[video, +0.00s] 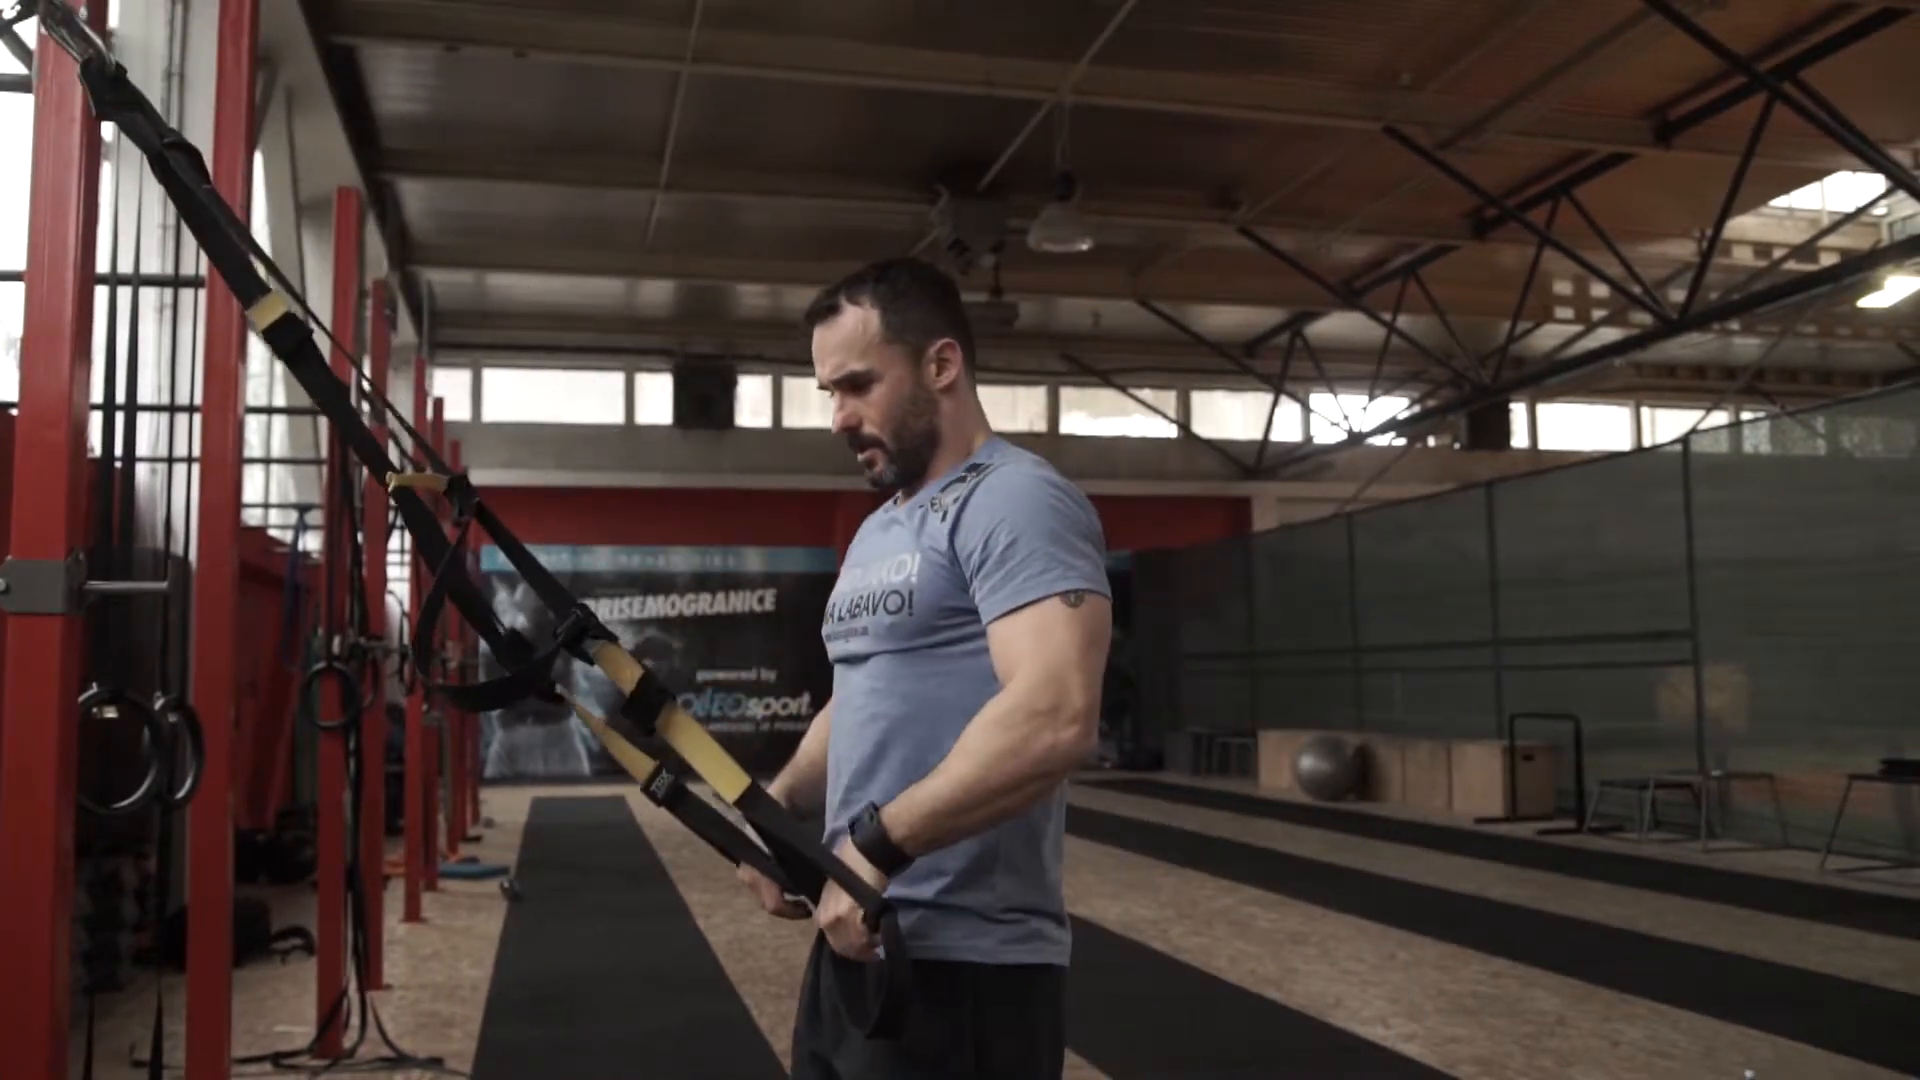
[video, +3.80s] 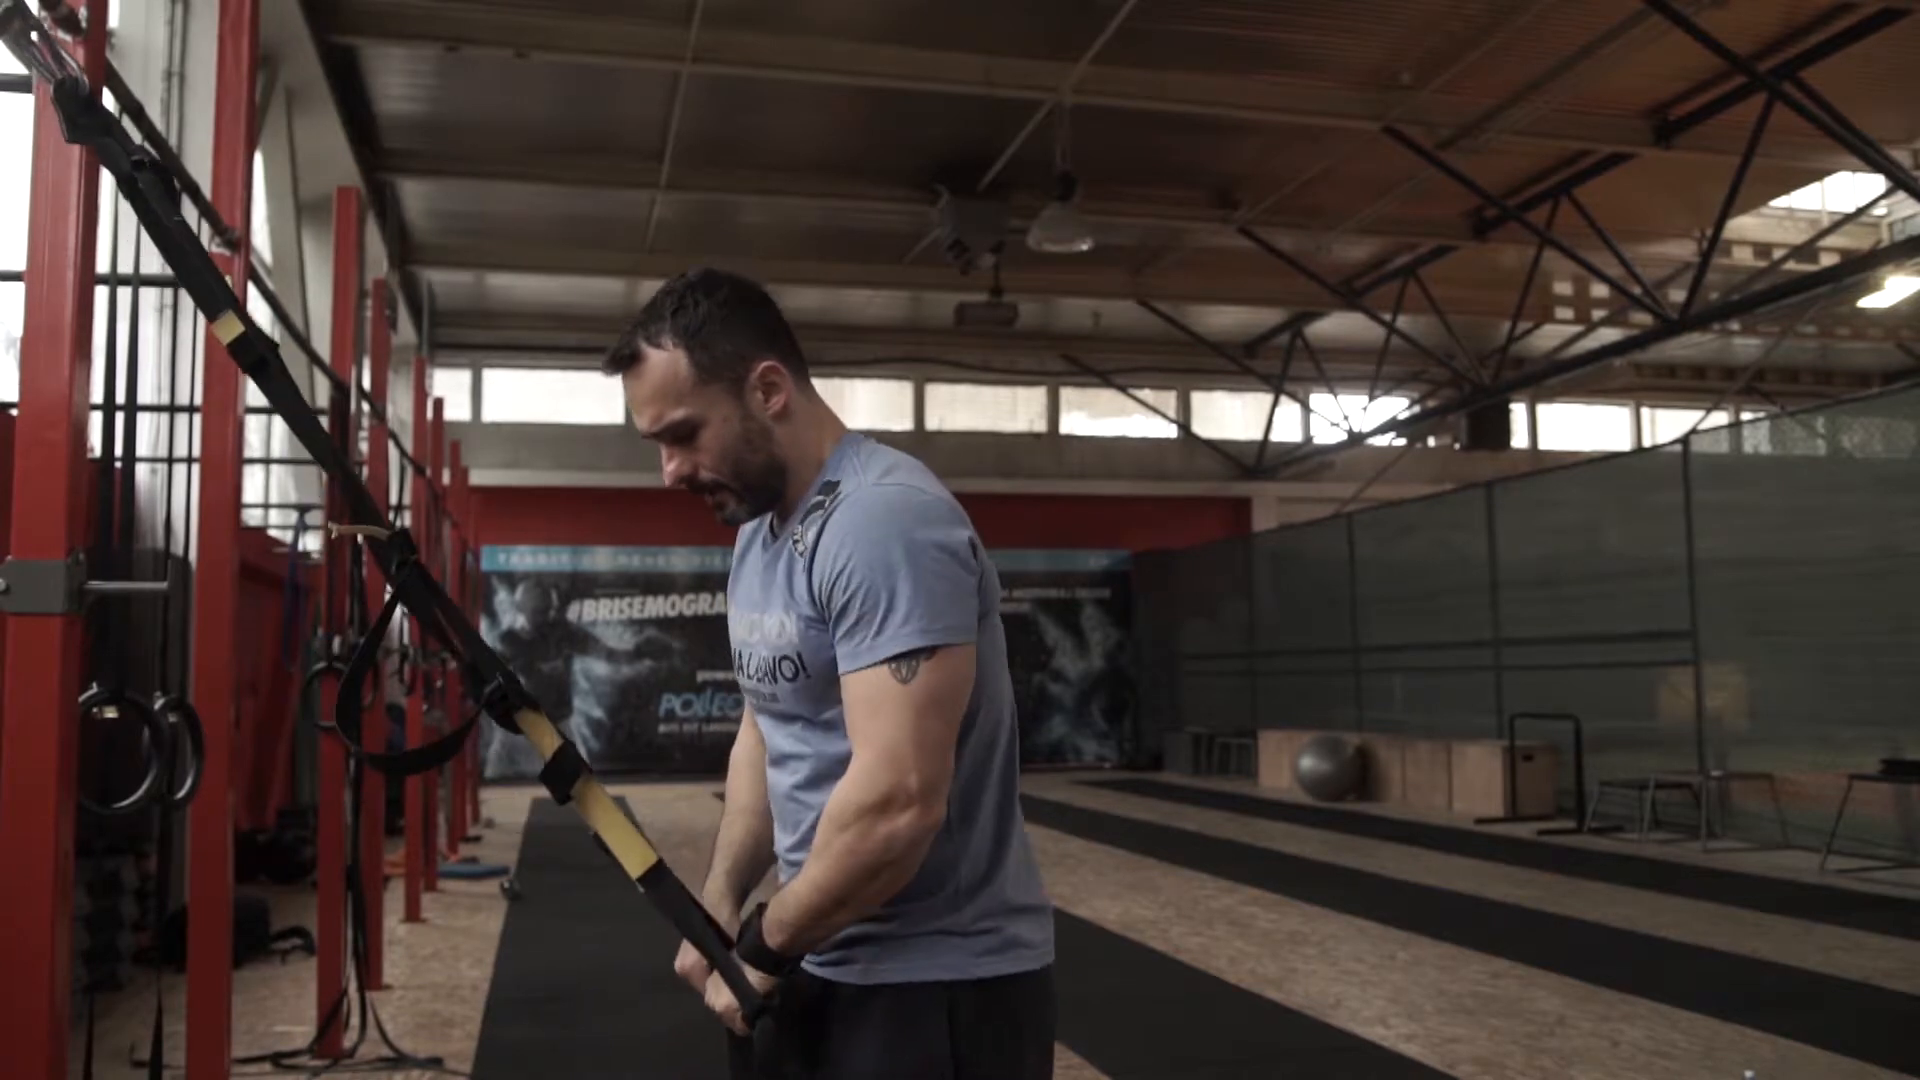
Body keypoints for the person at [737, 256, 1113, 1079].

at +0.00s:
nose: (839, 419)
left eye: (859, 386)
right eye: (831, 394)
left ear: (943, 365)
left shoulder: (1018, 495)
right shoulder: (879, 528)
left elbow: (1054, 715)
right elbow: (859, 700)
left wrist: (874, 845)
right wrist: (776, 813)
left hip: (971, 965)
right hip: (856, 951)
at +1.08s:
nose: (761, 429)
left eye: (778, 395)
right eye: (752, 402)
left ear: (863, 366)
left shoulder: (966, 515)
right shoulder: (812, 534)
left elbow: (959, 761)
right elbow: (772, 716)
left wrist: (789, 917)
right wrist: (701, 866)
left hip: (932, 973)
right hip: (816, 964)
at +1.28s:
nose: (751, 445)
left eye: (765, 409)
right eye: (738, 420)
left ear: (851, 373)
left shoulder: (960, 516)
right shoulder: (795, 537)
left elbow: (942, 759)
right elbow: (757, 721)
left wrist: (775, 913)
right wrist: (695, 883)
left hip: (923, 973)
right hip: (804, 966)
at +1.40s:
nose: (742, 450)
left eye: (756, 414)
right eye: (727, 425)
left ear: (842, 376)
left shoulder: (951, 514)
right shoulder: (786, 539)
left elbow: (922, 762)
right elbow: (748, 723)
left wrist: (761, 921)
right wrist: (684, 888)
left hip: (916, 975)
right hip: (796, 969)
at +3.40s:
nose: (695, 461)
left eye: (704, 425)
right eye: (681, 436)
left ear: (786, 379)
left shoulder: (905, 509)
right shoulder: (773, 541)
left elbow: (852, 775)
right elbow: (741, 735)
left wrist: (722, 955)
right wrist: (680, 895)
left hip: (897, 984)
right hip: (784, 973)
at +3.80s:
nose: (674, 472)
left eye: (684, 436)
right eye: (662, 446)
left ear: (770, 391)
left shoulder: (887, 520)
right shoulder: (762, 535)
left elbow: (899, 799)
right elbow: (765, 734)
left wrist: (770, 943)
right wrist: (721, 901)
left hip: (939, 984)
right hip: (817, 971)